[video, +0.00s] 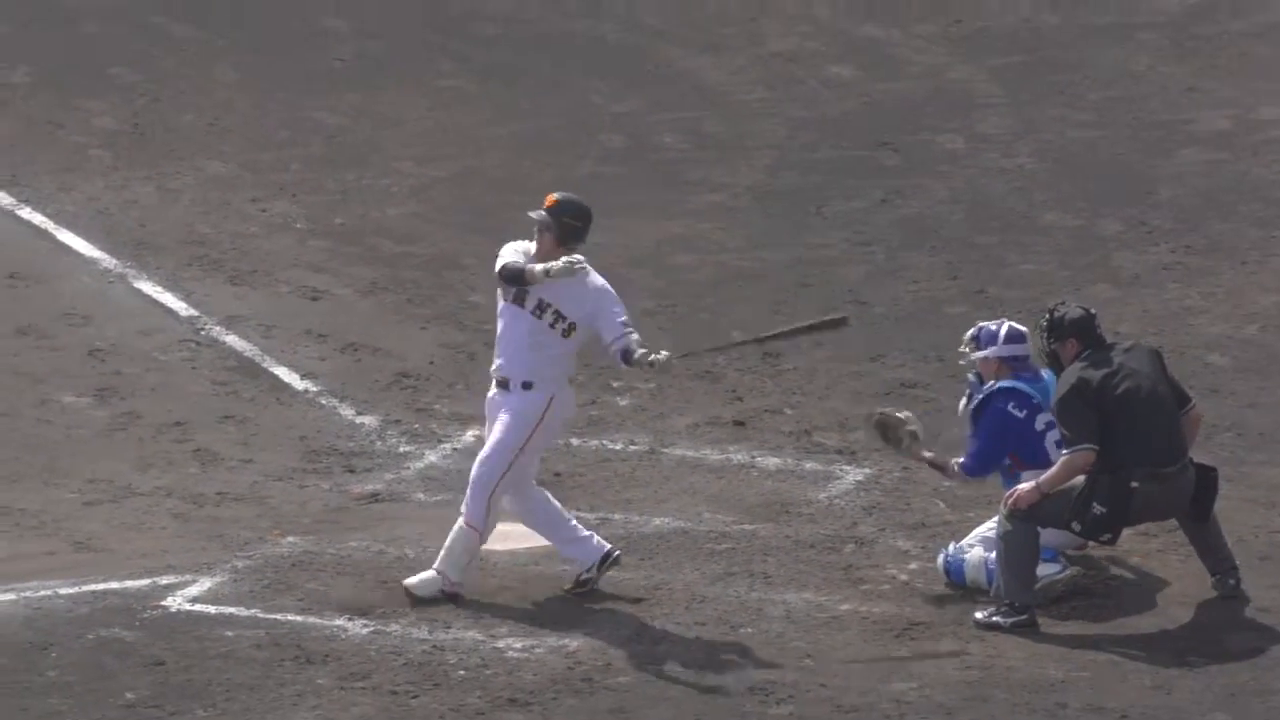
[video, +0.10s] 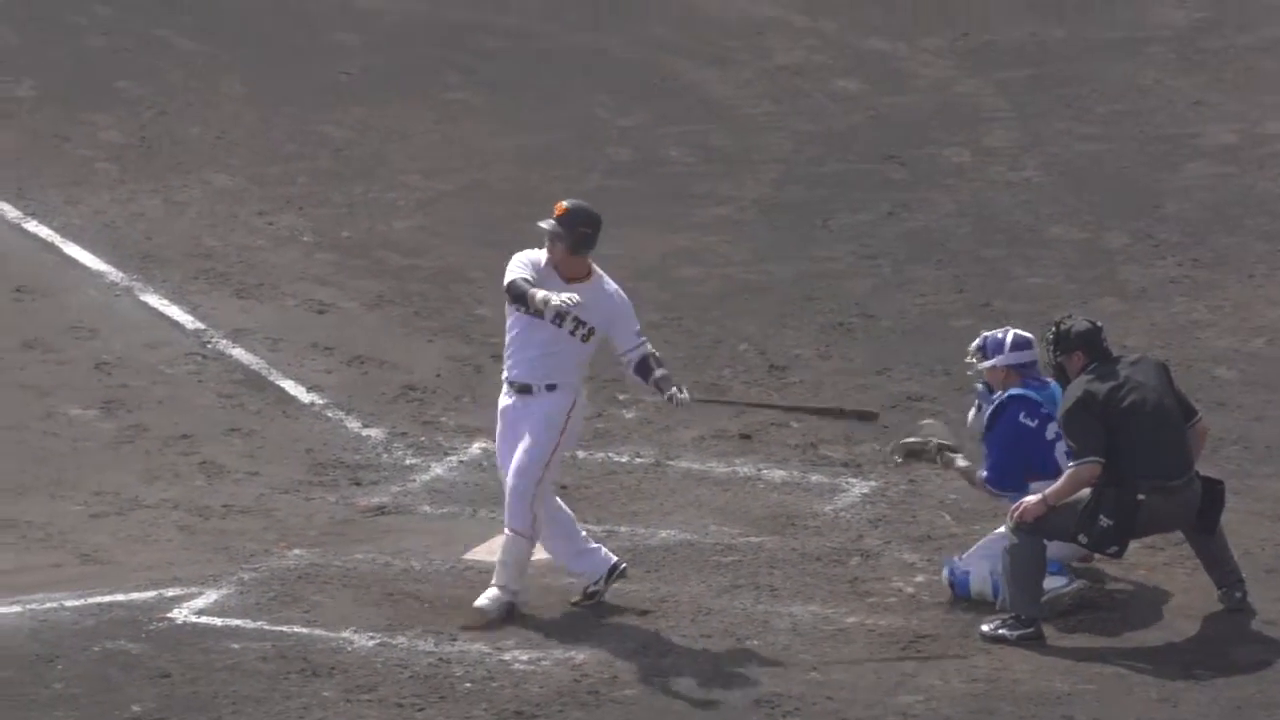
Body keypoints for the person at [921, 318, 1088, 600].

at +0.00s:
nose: (976, 365)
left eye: (980, 359)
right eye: (977, 358)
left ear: (996, 362)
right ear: (1018, 358)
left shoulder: (1004, 403)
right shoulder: (1038, 381)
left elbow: (975, 467)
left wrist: (927, 457)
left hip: (1050, 519)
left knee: (954, 561)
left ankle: (1041, 570)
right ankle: (1049, 558)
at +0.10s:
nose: (983, 376)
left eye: (987, 369)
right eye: (983, 368)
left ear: (1004, 371)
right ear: (1028, 364)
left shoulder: (1011, 412)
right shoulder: (1051, 389)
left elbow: (1004, 486)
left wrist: (962, 467)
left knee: (960, 572)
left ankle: (1053, 585)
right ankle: (1062, 572)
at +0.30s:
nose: (990, 354)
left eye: (996, 348)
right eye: (992, 347)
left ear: (1014, 355)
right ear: (1030, 353)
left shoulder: (1010, 396)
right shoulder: (1051, 380)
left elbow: (986, 464)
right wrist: (993, 405)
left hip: (1041, 517)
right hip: (1077, 505)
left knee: (960, 578)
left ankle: (1060, 587)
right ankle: (1071, 565)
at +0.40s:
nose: (993, 331)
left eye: (999, 325)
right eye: (995, 324)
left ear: (1015, 334)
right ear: (1033, 333)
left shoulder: (1006, 379)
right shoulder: (1052, 364)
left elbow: (972, 440)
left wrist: (979, 394)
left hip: (1033, 498)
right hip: (1069, 485)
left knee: (964, 573)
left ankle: (1066, 578)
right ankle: (1077, 558)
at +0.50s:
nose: (992, 310)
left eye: (998, 304)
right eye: (995, 303)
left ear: (1014, 313)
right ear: (1030, 313)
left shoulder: (999, 359)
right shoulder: (1051, 347)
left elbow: (966, 419)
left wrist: (975, 368)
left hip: (1028, 480)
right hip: (1070, 469)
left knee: (968, 563)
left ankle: (1064, 566)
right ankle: (1085, 541)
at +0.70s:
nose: (993, 281)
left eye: (999, 275)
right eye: (995, 275)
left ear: (1015, 283)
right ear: (1033, 282)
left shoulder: (989, 332)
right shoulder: (1054, 318)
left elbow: (960, 394)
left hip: (1015, 456)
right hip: (1058, 442)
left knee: (975, 553)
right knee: (1062, 478)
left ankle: (1068, 549)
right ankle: (1108, 524)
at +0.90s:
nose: (1002, 280)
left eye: (1007, 274)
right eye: (1006, 272)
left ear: (1010, 286)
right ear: (1038, 285)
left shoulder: (989, 329)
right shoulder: (1064, 319)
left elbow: (936, 371)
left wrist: (964, 341)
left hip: (1009, 458)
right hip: (1061, 443)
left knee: (989, 557)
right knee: (1078, 479)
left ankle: (1080, 552)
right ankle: (1125, 530)